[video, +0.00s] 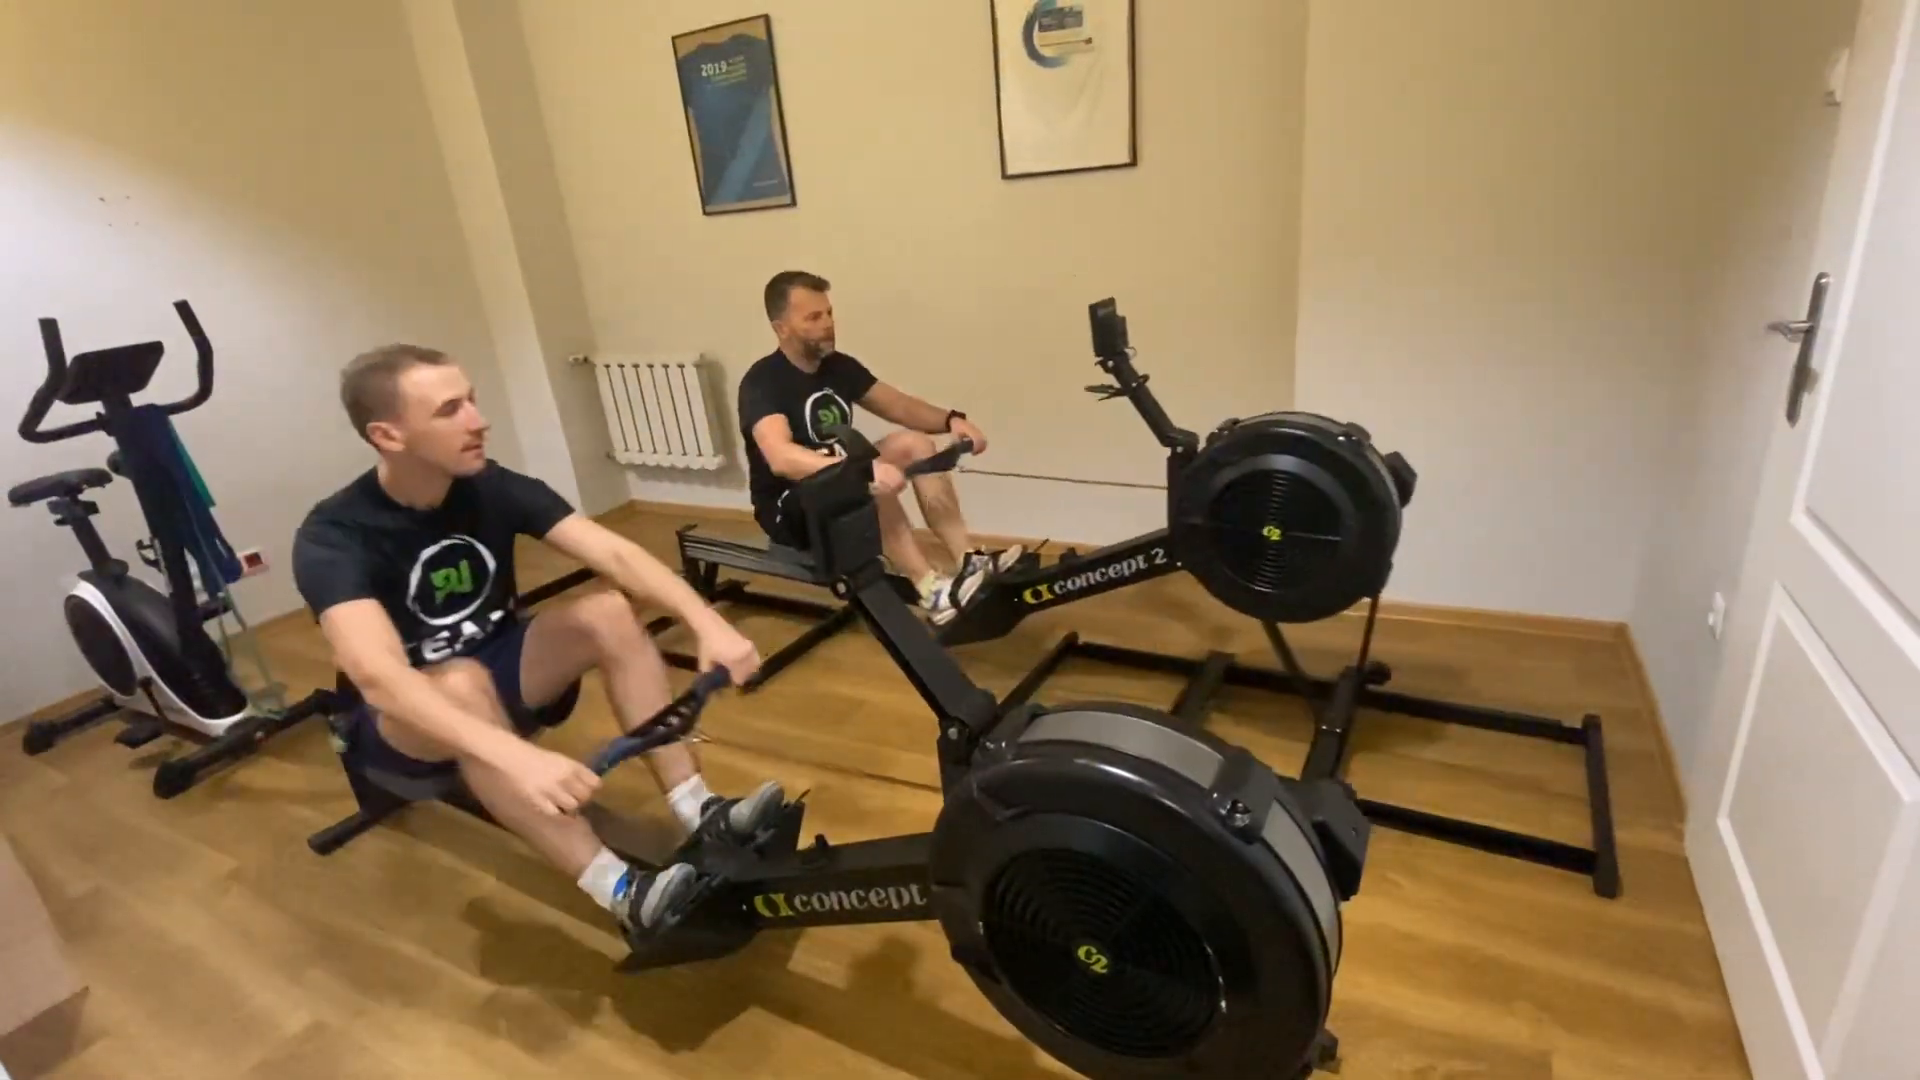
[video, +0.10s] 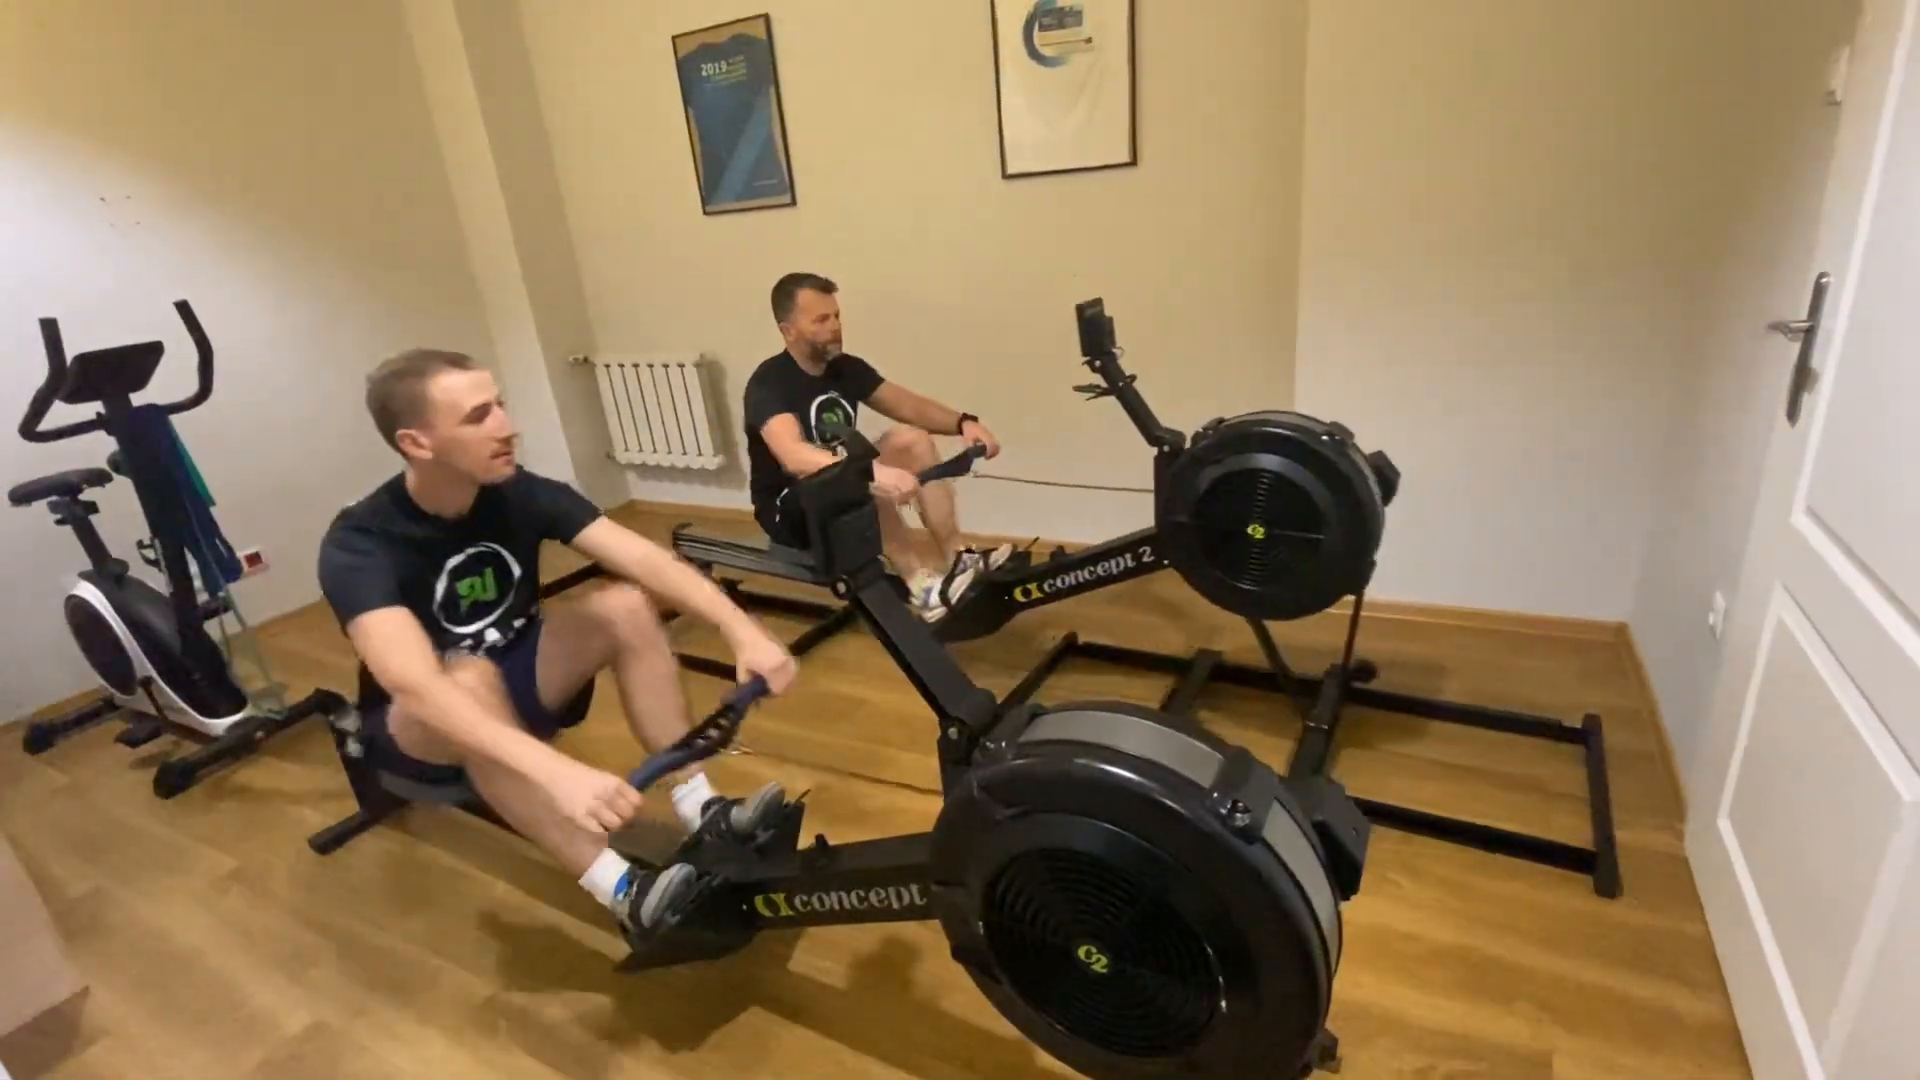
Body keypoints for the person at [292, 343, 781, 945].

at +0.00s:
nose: (478, 421)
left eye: (470, 401)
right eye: (450, 411)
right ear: (387, 437)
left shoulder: (492, 489)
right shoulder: (334, 539)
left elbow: (615, 553)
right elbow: (383, 679)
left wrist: (706, 622)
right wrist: (517, 758)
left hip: (498, 671)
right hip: (403, 714)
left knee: (609, 612)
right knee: (462, 680)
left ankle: (701, 815)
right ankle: (626, 892)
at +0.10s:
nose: (508, 427)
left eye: (500, 407)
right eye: (480, 417)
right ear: (416, 444)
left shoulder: (521, 495)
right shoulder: (359, 546)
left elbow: (646, 561)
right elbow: (420, 690)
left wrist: (743, 630)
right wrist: (557, 774)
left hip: (514, 676)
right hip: (416, 722)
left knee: (626, 607)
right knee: (470, 679)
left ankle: (703, 814)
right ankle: (626, 893)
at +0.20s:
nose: (536, 431)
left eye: (528, 412)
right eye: (508, 422)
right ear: (445, 451)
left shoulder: (550, 500)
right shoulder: (387, 553)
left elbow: (673, 566)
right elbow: (456, 698)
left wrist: (780, 639)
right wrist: (602, 791)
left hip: (530, 683)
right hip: (431, 729)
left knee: (641, 604)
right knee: (482, 675)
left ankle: (701, 813)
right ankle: (631, 891)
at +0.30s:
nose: (566, 439)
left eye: (557, 420)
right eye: (539, 429)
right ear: (474, 458)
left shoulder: (578, 509)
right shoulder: (417, 560)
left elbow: (703, 574)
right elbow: (482, 706)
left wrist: (817, 647)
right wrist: (639, 800)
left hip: (549, 694)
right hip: (450, 739)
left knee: (654, 604)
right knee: (490, 676)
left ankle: (702, 809)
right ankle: (625, 890)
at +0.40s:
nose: (595, 448)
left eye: (585, 427)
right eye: (566, 437)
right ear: (501, 468)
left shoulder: (604, 516)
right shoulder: (443, 574)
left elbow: (732, 582)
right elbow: (528, 719)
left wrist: (852, 656)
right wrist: (683, 815)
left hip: (564, 711)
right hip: (469, 761)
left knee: (661, 600)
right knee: (502, 692)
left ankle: (707, 804)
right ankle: (626, 889)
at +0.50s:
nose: (613, 453)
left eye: (603, 433)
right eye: (585, 443)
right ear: (517, 475)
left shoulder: (623, 524)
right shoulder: (462, 585)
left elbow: (756, 589)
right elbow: (564, 720)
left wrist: (874, 659)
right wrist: (720, 823)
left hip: (583, 739)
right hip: (484, 784)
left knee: (666, 601)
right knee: (512, 693)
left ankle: (703, 806)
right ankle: (626, 884)